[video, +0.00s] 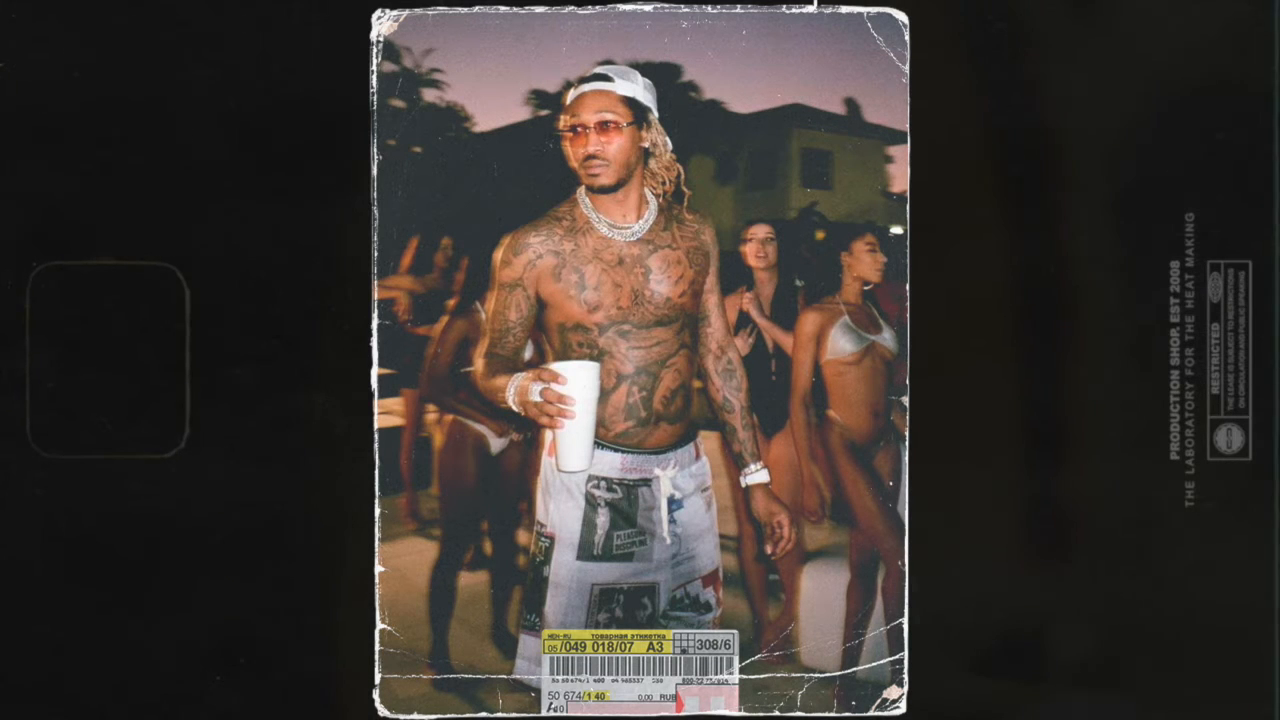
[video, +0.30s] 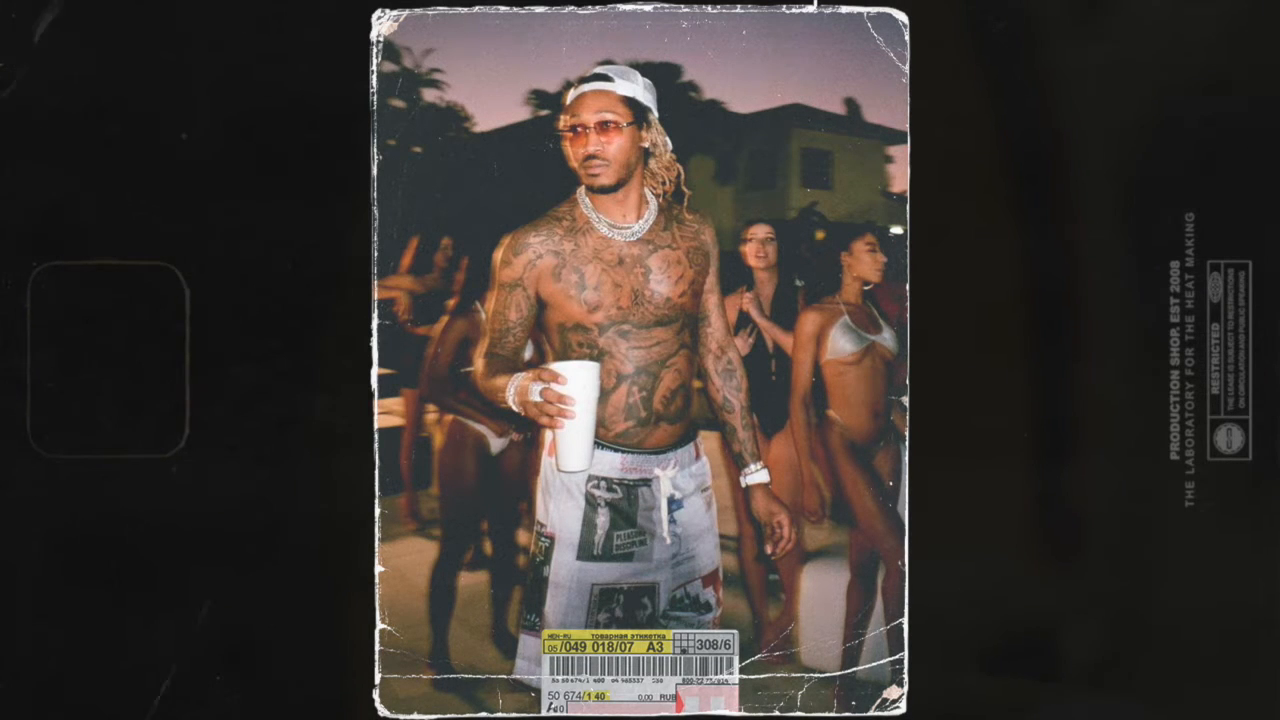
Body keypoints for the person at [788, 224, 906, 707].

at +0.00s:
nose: (882, 259)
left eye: (882, 251)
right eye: (871, 251)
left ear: (873, 262)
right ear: (843, 259)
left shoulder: (878, 316)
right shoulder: (818, 317)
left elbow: (887, 390)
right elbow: (799, 403)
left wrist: (901, 428)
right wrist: (813, 478)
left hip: (882, 447)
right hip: (838, 448)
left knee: (863, 563)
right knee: (898, 552)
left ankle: (846, 673)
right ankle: (902, 671)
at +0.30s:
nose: (882, 258)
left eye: (881, 250)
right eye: (871, 251)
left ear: (870, 262)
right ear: (844, 259)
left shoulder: (878, 316)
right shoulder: (818, 317)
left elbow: (886, 390)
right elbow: (798, 403)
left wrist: (901, 427)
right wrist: (814, 479)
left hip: (882, 447)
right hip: (839, 448)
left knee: (864, 564)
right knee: (898, 552)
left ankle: (846, 673)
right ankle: (901, 669)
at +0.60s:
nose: (882, 259)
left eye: (881, 251)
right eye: (871, 251)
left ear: (871, 262)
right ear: (843, 259)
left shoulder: (878, 315)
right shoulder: (818, 317)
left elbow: (887, 390)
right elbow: (799, 403)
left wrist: (901, 428)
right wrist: (813, 479)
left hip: (883, 447)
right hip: (839, 448)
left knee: (864, 563)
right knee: (897, 551)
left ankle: (846, 673)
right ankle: (902, 670)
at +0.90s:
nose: (882, 259)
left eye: (881, 251)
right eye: (871, 251)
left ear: (870, 262)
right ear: (844, 259)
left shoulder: (878, 316)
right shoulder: (818, 317)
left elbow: (887, 391)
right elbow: (798, 404)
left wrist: (902, 432)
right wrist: (813, 479)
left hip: (883, 447)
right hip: (839, 448)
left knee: (864, 562)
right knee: (898, 552)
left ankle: (847, 674)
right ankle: (902, 671)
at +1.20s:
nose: (882, 259)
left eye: (881, 251)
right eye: (871, 251)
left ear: (868, 261)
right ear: (844, 259)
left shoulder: (877, 314)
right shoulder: (818, 317)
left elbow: (887, 390)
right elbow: (798, 403)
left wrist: (902, 434)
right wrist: (813, 477)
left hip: (882, 447)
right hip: (839, 448)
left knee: (864, 562)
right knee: (898, 552)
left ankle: (847, 673)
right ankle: (903, 671)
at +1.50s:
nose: (882, 259)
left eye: (881, 251)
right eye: (871, 251)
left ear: (869, 261)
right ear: (844, 259)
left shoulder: (877, 314)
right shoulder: (818, 317)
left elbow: (886, 390)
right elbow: (798, 403)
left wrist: (902, 435)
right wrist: (813, 478)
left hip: (882, 447)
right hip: (838, 448)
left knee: (864, 562)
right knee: (898, 552)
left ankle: (847, 673)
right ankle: (902, 671)